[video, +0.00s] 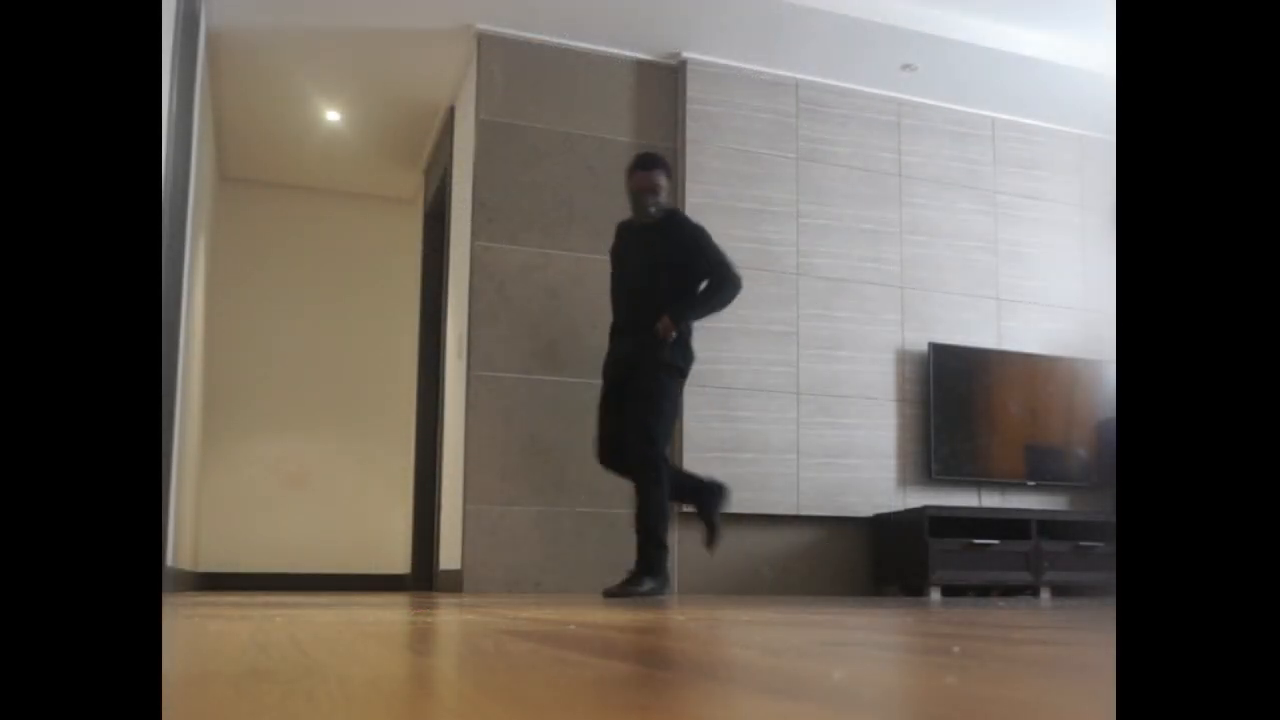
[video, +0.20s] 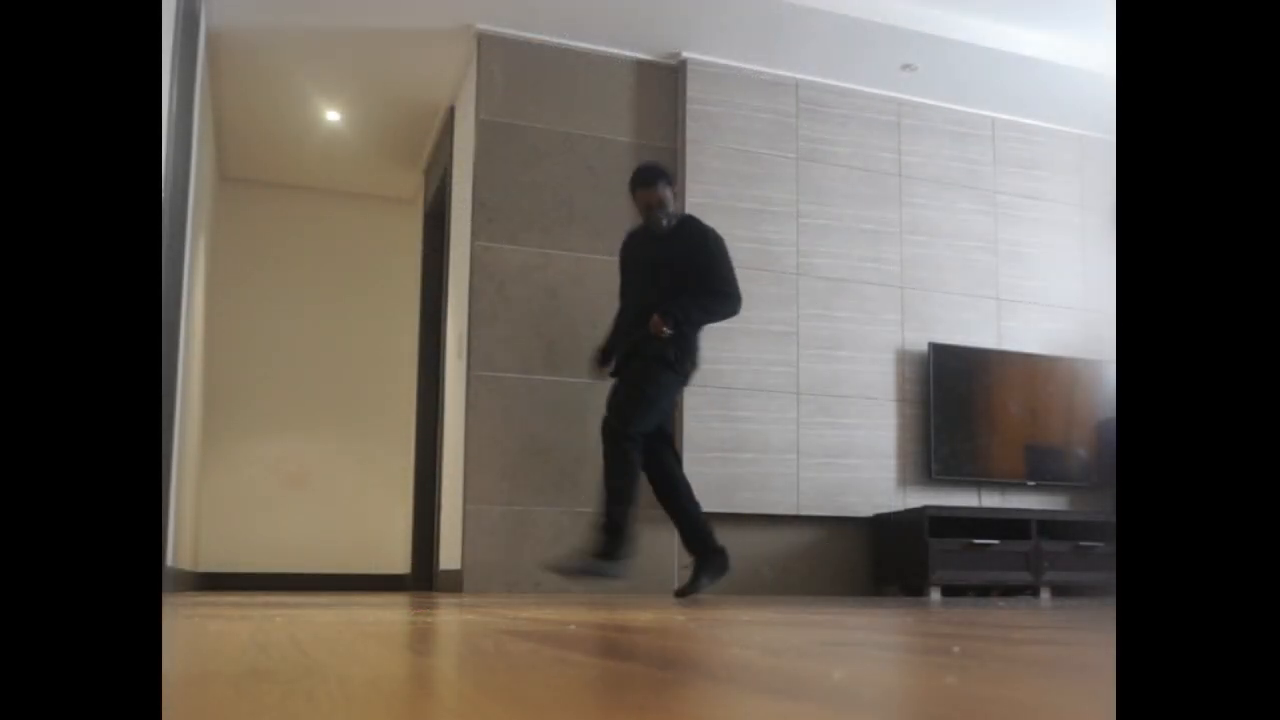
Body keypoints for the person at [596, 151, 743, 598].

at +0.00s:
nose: (648, 198)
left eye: (656, 190)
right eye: (640, 191)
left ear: (669, 189)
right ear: (628, 192)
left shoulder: (681, 231)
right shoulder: (625, 235)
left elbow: (728, 282)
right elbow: (624, 293)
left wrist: (680, 316)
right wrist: (620, 338)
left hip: (662, 359)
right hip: (624, 356)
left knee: (649, 458)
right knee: (613, 453)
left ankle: (652, 571)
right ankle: (703, 492)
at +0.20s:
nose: (656, 211)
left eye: (662, 202)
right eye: (647, 204)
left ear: (675, 196)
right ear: (635, 204)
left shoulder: (698, 237)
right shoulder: (634, 244)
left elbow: (728, 300)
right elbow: (632, 305)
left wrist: (677, 317)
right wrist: (611, 348)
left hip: (671, 359)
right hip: (637, 359)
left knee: (620, 429)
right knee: (658, 458)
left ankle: (612, 549)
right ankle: (709, 555)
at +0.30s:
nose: (647, 235)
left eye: (652, 225)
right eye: (638, 230)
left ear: (665, 214)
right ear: (628, 230)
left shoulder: (697, 247)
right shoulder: (637, 264)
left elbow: (736, 302)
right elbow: (624, 319)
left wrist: (687, 328)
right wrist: (574, 351)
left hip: (679, 372)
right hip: (651, 372)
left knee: (611, 422)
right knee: (677, 478)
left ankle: (570, 528)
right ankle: (722, 571)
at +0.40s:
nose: (642, 215)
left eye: (647, 206)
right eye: (634, 210)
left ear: (661, 200)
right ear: (626, 213)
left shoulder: (694, 234)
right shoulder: (634, 252)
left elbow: (731, 287)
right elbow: (630, 310)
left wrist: (685, 314)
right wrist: (590, 349)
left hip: (680, 355)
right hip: (651, 357)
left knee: (607, 404)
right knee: (652, 460)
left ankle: (611, 521)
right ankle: (706, 554)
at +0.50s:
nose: (642, 197)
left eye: (650, 189)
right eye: (636, 190)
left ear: (667, 191)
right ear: (627, 194)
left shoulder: (684, 227)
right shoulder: (631, 247)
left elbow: (723, 278)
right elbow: (635, 310)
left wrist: (675, 308)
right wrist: (619, 355)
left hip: (672, 354)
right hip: (639, 357)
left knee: (614, 418)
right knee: (635, 450)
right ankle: (649, 565)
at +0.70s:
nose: (639, 201)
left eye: (646, 192)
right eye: (632, 194)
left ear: (664, 192)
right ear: (624, 198)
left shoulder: (688, 228)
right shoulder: (631, 247)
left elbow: (719, 285)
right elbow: (633, 305)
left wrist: (677, 314)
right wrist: (632, 346)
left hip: (671, 356)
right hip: (632, 355)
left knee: (659, 444)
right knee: (603, 446)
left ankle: (705, 527)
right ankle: (638, 556)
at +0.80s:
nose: (637, 217)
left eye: (643, 208)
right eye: (629, 210)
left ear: (660, 205)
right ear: (620, 213)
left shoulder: (691, 241)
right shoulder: (624, 261)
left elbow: (729, 296)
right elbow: (635, 322)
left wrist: (690, 318)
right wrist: (626, 364)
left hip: (677, 370)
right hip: (634, 369)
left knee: (679, 466)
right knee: (584, 449)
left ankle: (694, 570)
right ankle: (621, 555)